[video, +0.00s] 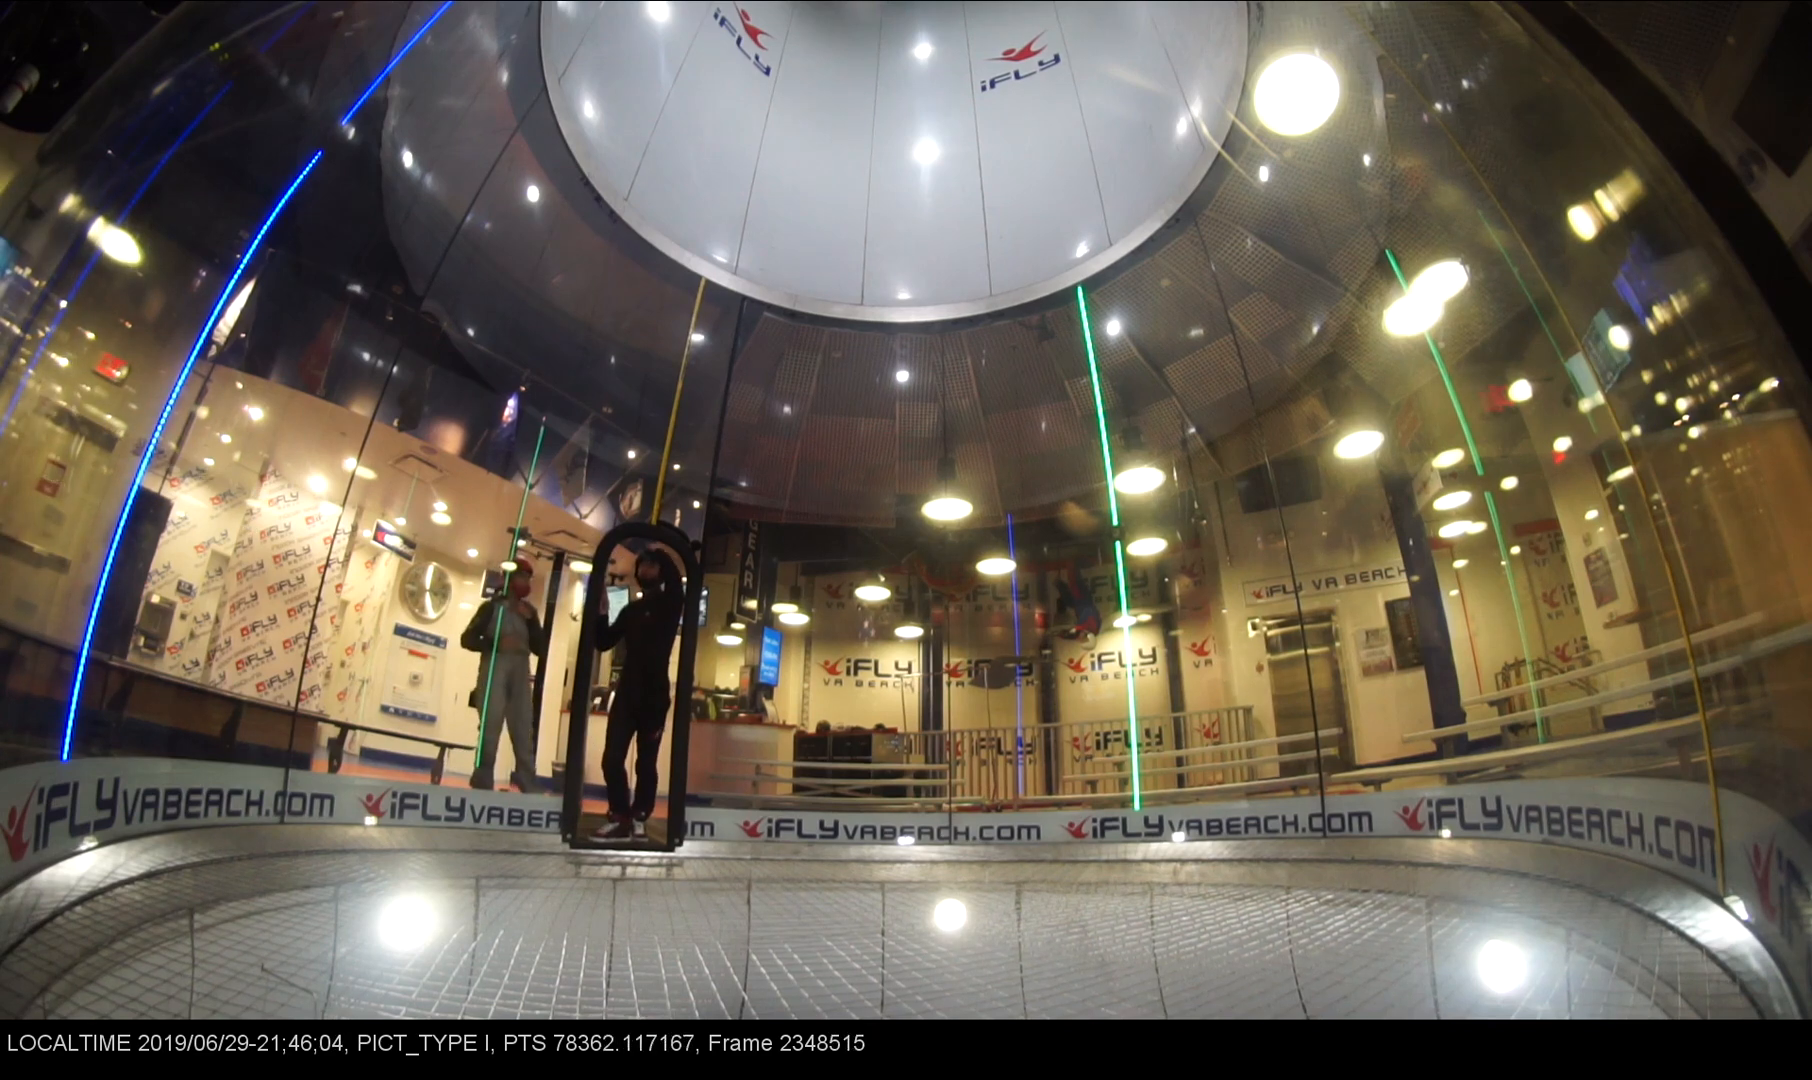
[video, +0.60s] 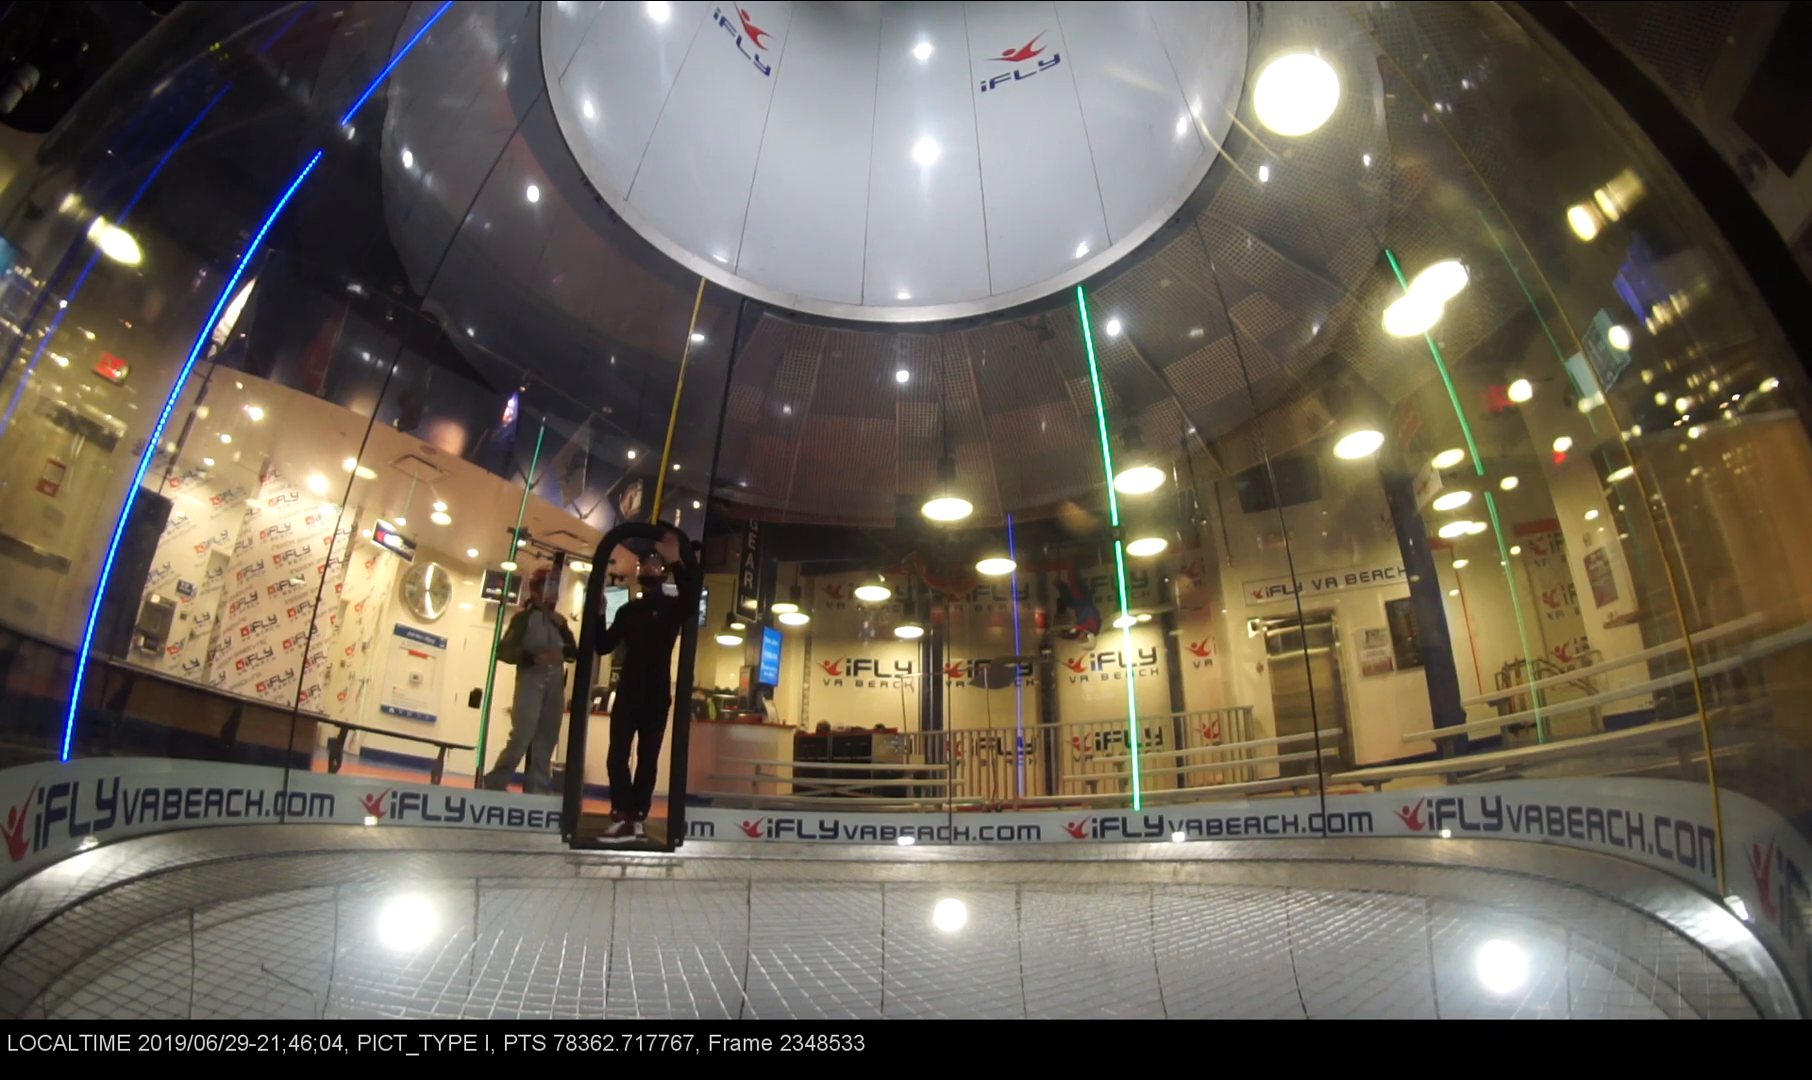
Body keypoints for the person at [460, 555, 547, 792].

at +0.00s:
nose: (526, 585)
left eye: (528, 580)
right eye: (522, 579)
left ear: (530, 583)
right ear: (510, 580)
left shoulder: (528, 613)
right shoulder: (491, 607)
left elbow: (540, 648)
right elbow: (467, 640)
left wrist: (532, 620)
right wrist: (495, 642)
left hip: (520, 675)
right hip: (494, 671)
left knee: (523, 730)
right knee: (491, 727)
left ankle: (528, 786)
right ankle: (482, 782)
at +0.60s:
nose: (550, 592)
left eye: (554, 587)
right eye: (545, 587)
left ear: (558, 591)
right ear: (534, 590)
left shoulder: (558, 621)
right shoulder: (524, 618)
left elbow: (573, 653)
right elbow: (503, 651)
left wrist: (563, 627)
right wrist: (531, 657)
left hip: (555, 683)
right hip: (530, 680)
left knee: (546, 738)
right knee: (523, 735)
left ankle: (538, 792)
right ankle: (493, 783)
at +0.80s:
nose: (556, 596)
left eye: (560, 591)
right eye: (552, 590)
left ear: (565, 595)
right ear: (543, 592)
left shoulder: (568, 623)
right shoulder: (531, 620)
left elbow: (578, 653)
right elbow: (511, 653)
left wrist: (570, 629)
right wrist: (534, 663)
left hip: (558, 682)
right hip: (534, 681)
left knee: (553, 735)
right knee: (538, 735)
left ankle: (542, 785)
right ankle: (527, 786)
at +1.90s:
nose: (572, 596)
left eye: (576, 592)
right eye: (569, 591)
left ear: (581, 597)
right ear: (559, 593)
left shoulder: (579, 627)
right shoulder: (546, 620)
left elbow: (589, 660)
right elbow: (519, 648)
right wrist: (534, 669)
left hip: (570, 685)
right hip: (546, 682)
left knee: (560, 739)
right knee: (549, 740)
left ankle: (541, 791)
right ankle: (544, 794)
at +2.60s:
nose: (583, 597)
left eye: (587, 593)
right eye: (579, 592)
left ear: (592, 596)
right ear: (570, 593)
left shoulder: (591, 623)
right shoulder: (557, 618)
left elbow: (598, 662)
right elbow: (533, 646)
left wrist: (594, 635)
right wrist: (556, 642)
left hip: (581, 690)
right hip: (555, 686)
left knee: (562, 737)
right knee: (561, 735)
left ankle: (545, 786)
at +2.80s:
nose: (588, 597)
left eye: (592, 592)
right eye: (585, 590)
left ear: (595, 596)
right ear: (575, 592)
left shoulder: (592, 625)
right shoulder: (563, 617)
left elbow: (618, 645)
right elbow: (552, 634)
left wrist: (614, 616)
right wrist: (570, 607)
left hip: (584, 688)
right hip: (562, 686)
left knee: (568, 739)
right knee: (565, 737)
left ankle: (548, 786)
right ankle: (573, 793)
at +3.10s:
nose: (605, 601)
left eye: (609, 596)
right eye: (601, 595)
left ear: (611, 601)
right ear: (590, 595)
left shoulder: (611, 627)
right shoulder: (574, 619)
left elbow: (634, 634)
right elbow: (583, 617)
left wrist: (622, 602)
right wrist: (598, 590)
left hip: (602, 695)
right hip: (579, 692)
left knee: (596, 755)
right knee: (582, 754)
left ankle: (567, 796)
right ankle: (577, 810)